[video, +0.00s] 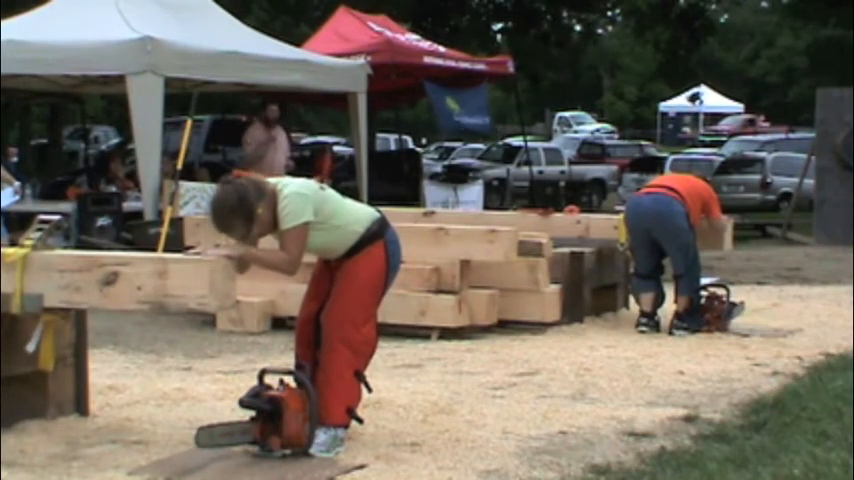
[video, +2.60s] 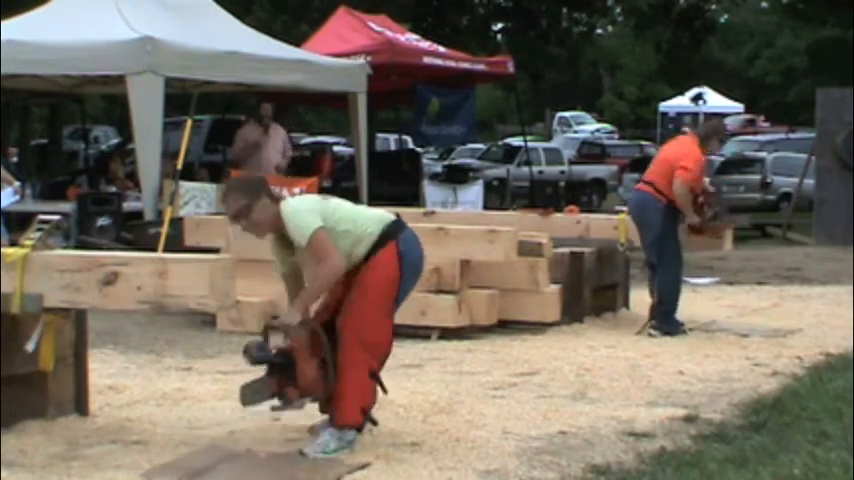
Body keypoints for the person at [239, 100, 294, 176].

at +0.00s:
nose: (274, 115)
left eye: (276, 112)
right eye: (271, 112)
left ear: (279, 114)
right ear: (264, 113)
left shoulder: (280, 132)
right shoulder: (253, 131)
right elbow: (248, 158)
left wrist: (287, 163)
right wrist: (266, 143)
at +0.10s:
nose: (271, 115)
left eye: (273, 112)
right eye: (268, 112)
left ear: (276, 114)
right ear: (261, 113)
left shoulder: (279, 133)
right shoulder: (250, 131)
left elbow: (284, 157)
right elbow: (244, 157)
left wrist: (286, 165)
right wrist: (262, 143)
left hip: (275, 176)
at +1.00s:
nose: (272, 116)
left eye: (274, 112)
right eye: (269, 112)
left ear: (277, 114)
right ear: (262, 113)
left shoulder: (285, 133)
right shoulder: (250, 132)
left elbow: (293, 154)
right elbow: (243, 157)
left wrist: (284, 165)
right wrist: (258, 143)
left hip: (277, 178)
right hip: (253, 177)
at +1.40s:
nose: (279, 122)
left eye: (282, 119)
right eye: (276, 119)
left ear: (286, 118)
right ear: (271, 118)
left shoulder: (295, 133)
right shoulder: (259, 133)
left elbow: (304, 154)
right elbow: (250, 160)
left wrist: (294, 166)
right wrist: (264, 149)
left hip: (287, 180)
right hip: (263, 179)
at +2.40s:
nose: (270, 119)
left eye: (273, 116)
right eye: (268, 116)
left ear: (277, 115)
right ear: (263, 115)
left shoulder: (285, 131)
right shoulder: (251, 130)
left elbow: (294, 152)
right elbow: (241, 155)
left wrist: (287, 164)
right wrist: (257, 146)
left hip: (278, 177)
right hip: (254, 176)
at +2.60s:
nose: (266, 119)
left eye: (268, 116)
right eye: (263, 115)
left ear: (272, 115)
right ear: (257, 114)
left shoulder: (279, 132)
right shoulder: (246, 131)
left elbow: (288, 152)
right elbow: (236, 156)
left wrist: (282, 165)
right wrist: (252, 147)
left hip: (273, 177)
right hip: (249, 177)